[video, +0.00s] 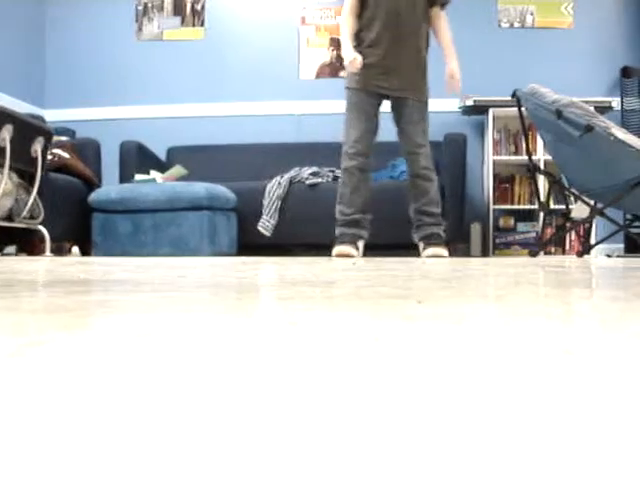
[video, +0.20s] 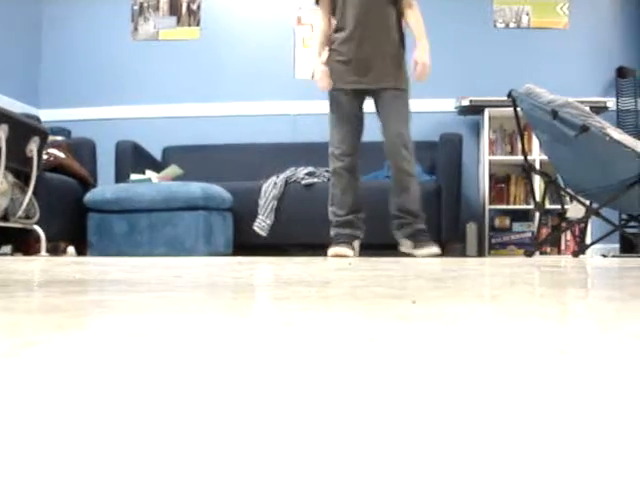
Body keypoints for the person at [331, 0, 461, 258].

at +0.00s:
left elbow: (437, 15)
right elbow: (349, 12)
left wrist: (451, 62)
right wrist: (348, 51)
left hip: (410, 72)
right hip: (365, 69)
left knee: (419, 157)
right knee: (355, 154)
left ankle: (431, 238)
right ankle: (348, 238)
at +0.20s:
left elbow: (409, 7)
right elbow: (324, 16)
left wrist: (422, 46)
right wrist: (319, 60)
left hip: (389, 67)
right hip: (344, 68)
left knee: (401, 151)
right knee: (342, 156)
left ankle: (412, 234)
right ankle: (344, 237)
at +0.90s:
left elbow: (411, 1)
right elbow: (307, 8)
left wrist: (376, 27)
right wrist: (326, 30)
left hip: (386, 58)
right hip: (337, 60)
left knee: (400, 150)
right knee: (337, 154)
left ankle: (412, 235)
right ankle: (338, 237)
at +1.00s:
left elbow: (422, 2)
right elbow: (321, 7)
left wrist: (387, 26)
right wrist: (353, 24)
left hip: (395, 56)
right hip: (346, 57)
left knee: (402, 152)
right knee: (342, 154)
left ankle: (412, 237)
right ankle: (337, 238)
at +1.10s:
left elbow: (426, 1)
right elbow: (325, 6)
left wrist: (394, 23)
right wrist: (359, 23)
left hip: (398, 56)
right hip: (350, 57)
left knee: (405, 151)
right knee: (344, 152)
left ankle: (412, 237)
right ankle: (338, 237)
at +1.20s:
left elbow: (432, 1)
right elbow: (328, 3)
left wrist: (404, 17)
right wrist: (369, 18)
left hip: (402, 48)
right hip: (354, 48)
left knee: (403, 143)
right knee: (347, 139)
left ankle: (404, 234)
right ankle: (338, 229)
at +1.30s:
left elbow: (434, 4)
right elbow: (342, 2)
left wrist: (412, 19)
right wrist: (377, 15)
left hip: (403, 47)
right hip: (357, 44)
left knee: (402, 143)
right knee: (354, 134)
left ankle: (404, 234)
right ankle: (359, 231)